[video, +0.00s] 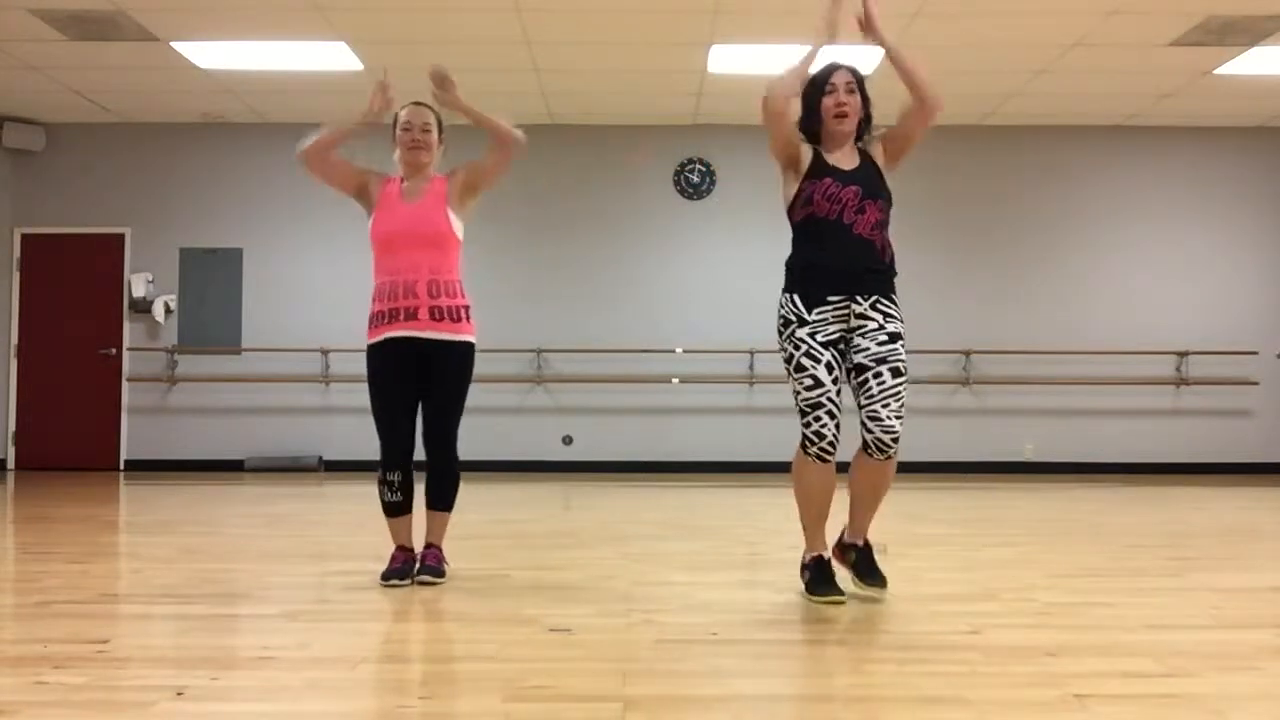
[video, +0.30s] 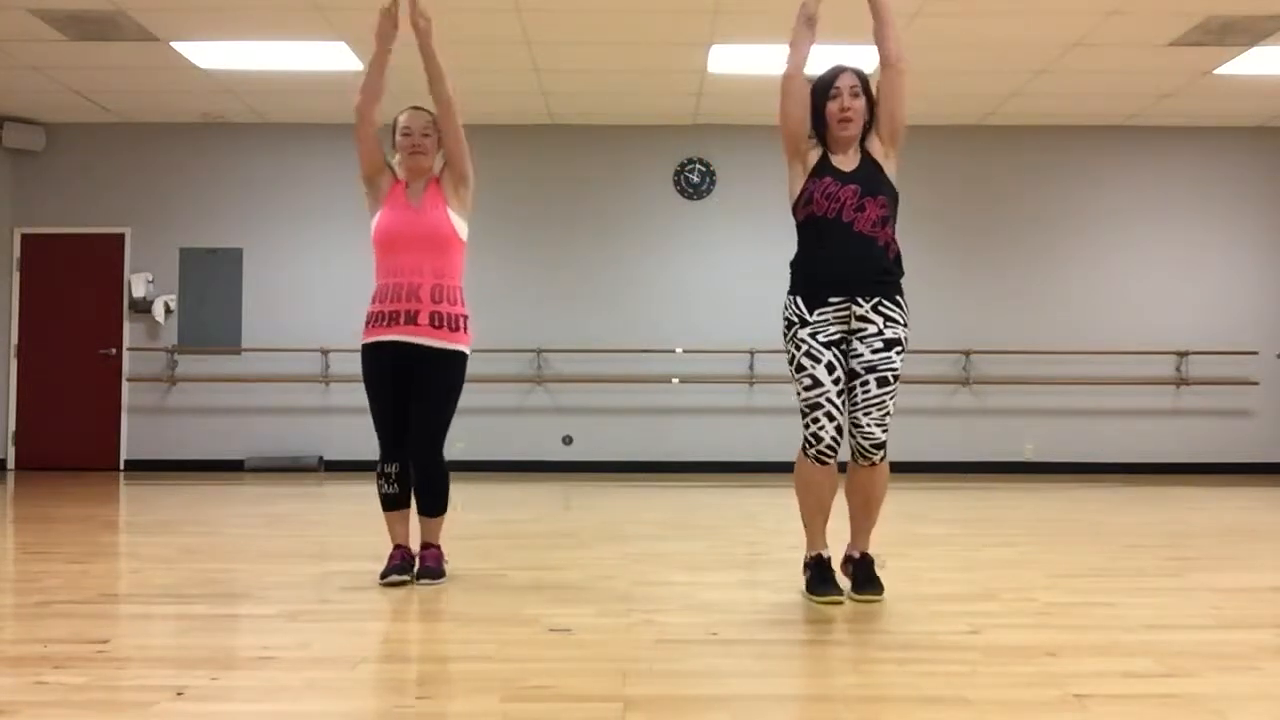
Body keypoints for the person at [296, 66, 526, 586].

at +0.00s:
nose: (416, 133)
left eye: (426, 128)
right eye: (407, 126)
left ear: (440, 141)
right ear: (395, 139)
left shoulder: (458, 187)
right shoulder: (375, 188)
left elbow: (512, 142)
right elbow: (311, 155)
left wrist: (462, 107)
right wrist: (366, 118)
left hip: (449, 337)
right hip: (390, 336)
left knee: (440, 444)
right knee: (395, 447)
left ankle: (433, 549)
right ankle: (402, 550)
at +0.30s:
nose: (416, 141)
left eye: (426, 135)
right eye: (407, 134)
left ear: (440, 145)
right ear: (394, 145)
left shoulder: (456, 190)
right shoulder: (381, 188)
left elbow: (448, 112)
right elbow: (366, 117)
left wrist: (425, 41)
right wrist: (383, 45)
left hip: (443, 335)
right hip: (385, 333)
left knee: (427, 445)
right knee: (392, 445)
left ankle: (431, 549)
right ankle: (400, 549)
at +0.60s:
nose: (419, 135)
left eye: (429, 129)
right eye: (410, 128)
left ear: (443, 140)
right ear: (397, 141)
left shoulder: (457, 184)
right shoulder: (385, 185)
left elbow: (448, 107)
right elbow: (382, 110)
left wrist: (435, 38)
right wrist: (389, 37)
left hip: (450, 333)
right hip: (392, 332)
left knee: (442, 447)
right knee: (393, 445)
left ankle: (433, 549)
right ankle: (399, 542)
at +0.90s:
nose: (416, 129)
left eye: (425, 124)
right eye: (407, 123)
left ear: (440, 137)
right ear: (394, 137)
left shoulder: (455, 183)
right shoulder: (380, 181)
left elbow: (479, 105)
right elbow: (350, 112)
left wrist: (502, 32)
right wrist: (326, 45)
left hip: (445, 330)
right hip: (387, 331)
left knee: (436, 443)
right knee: (393, 446)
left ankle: (432, 548)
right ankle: (401, 550)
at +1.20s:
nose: (414, 134)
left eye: (423, 128)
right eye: (405, 128)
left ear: (439, 141)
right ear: (393, 140)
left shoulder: (459, 189)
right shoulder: (379, 188)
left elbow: (509, 133)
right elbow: (327, 134)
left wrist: (562, 87)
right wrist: (278, 88)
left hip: (443, 340)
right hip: (384, 337)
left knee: (427, 446)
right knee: (392, 445)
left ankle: (428, 550)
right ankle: (401, 550)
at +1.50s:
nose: (418, 132)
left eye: (427, 126)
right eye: (409, 126)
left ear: (440, 141)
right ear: (394, 141)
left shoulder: (459, 191)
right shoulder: (375, 187)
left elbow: (527, 161)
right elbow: (309, 162)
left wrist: (604, 137)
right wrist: (247, 137)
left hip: (449, 337)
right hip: (389, 336)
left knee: (443, 445)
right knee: (397, 445)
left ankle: (431, 549)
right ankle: (398, 543)